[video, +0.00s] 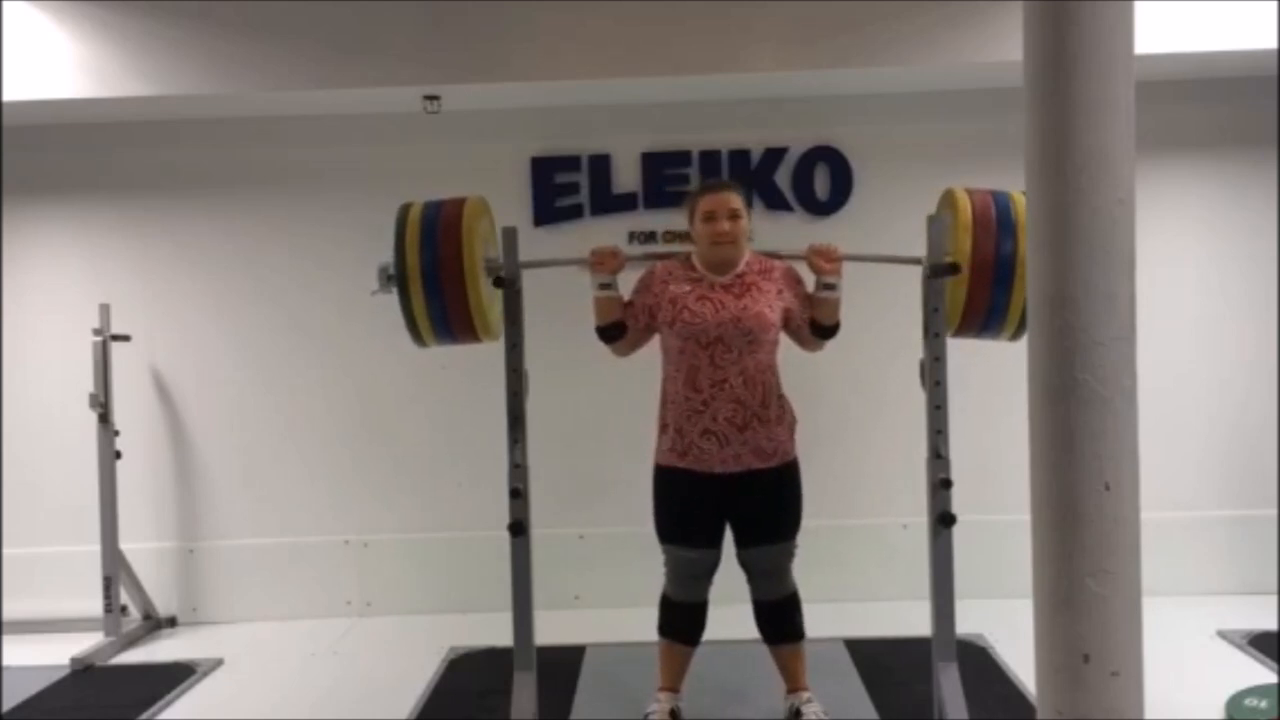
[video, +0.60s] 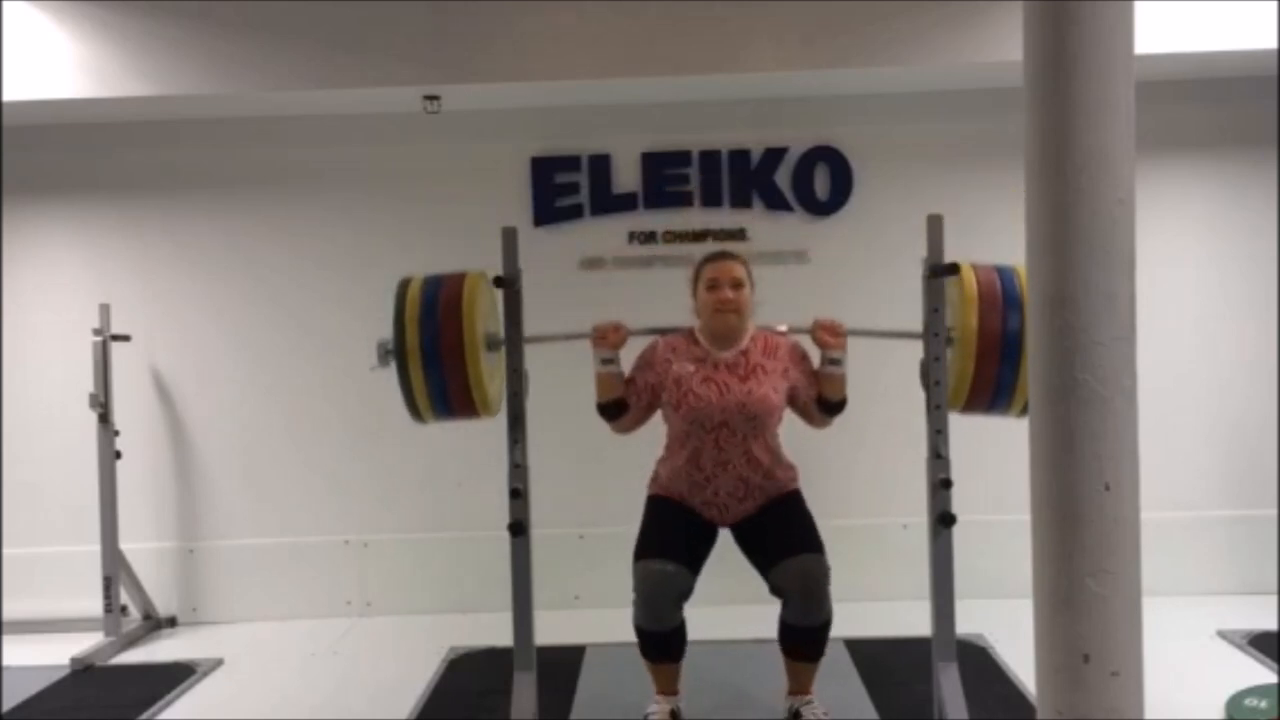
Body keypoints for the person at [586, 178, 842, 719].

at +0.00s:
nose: (723, 226)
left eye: (733, 216)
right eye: (710, 217)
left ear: (748, 224)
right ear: (691, 227)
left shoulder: (774, 277)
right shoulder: (664, 280)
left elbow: (815, 338)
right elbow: (619, 342)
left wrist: (828, 283)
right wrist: (605, 282)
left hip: (764, 459)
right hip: (688, 461)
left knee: (773, 581)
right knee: (685, 583)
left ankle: (800, 696)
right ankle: (666, 698)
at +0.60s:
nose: (726, 294)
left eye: (736, 285)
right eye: (713, 286)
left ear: (752, 297)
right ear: (695, 300)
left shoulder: (780, 352)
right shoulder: (666, 354)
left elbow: (822, 414)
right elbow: (621, 418)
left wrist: (833, 357)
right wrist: (606, 357)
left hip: (764, 489)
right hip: (682, 492)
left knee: (808, 584)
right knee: (656, 590)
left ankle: (801, 700)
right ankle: (665, 703)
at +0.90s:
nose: (730, 367)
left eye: (741, 358)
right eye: (717, 359)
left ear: (757, 370)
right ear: (699, 372)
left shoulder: (786, 421)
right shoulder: (671, 423)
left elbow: (828, 484)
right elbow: (627, 488)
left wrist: (840, 429)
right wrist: (611, 429)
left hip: (770, 545)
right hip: (688, 547)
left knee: (820, 604)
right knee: (650, 611)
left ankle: (801, 703)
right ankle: (667, 705)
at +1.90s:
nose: (732, 294)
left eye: (742, 287)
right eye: (719, 287)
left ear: (759, 303)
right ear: (700, 306)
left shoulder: (784, 355)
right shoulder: (670, 357)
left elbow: (828, 418)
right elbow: (626, 421)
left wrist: (840, 363)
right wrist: (611, 363)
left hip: (769, 489)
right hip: (687, 492)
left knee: (805, 583)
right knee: (658, 587)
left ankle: (800, 701)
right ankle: (665, 702)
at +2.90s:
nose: (731, 371)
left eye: (742, 363)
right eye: (718, 363)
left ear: (757, 376)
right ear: (700, 377)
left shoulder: (786, 428)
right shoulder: (671, 428)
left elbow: (829, 491)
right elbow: (627, 491)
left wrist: (840, 435)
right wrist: (612, 435)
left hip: (770, 553)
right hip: (686, 554)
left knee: (818, 603)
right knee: (644, 608)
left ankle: (801, 703)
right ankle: (666, 705)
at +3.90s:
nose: (730, 295)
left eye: (740, 288)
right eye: (717, 288)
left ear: (756, 303)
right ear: (697, 305)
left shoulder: (782, 355)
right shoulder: (668, 358)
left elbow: (827, 419)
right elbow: (623, 422)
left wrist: (838, 362)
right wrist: (608, 363)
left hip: (769, 489)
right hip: (687, 491)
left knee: (802, 585)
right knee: (653, 584)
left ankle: (800, 701)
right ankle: (664, 702)